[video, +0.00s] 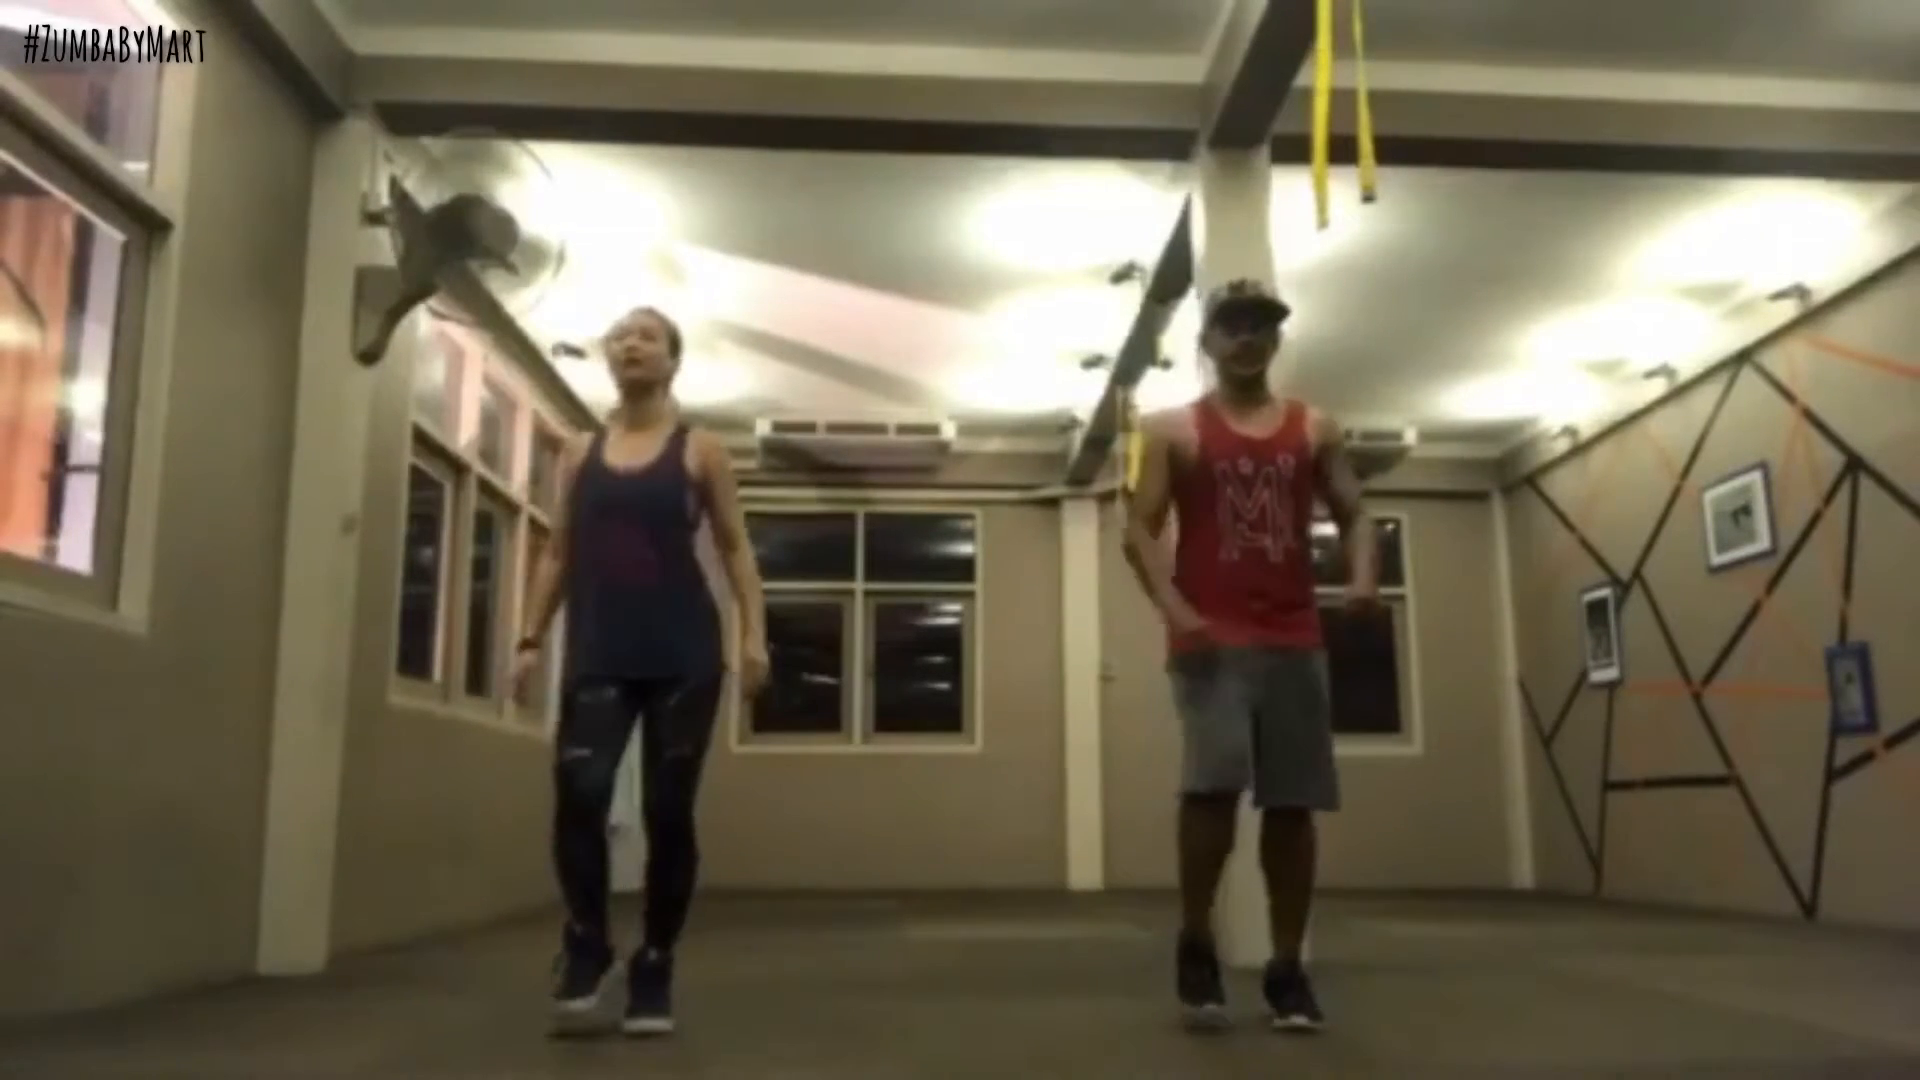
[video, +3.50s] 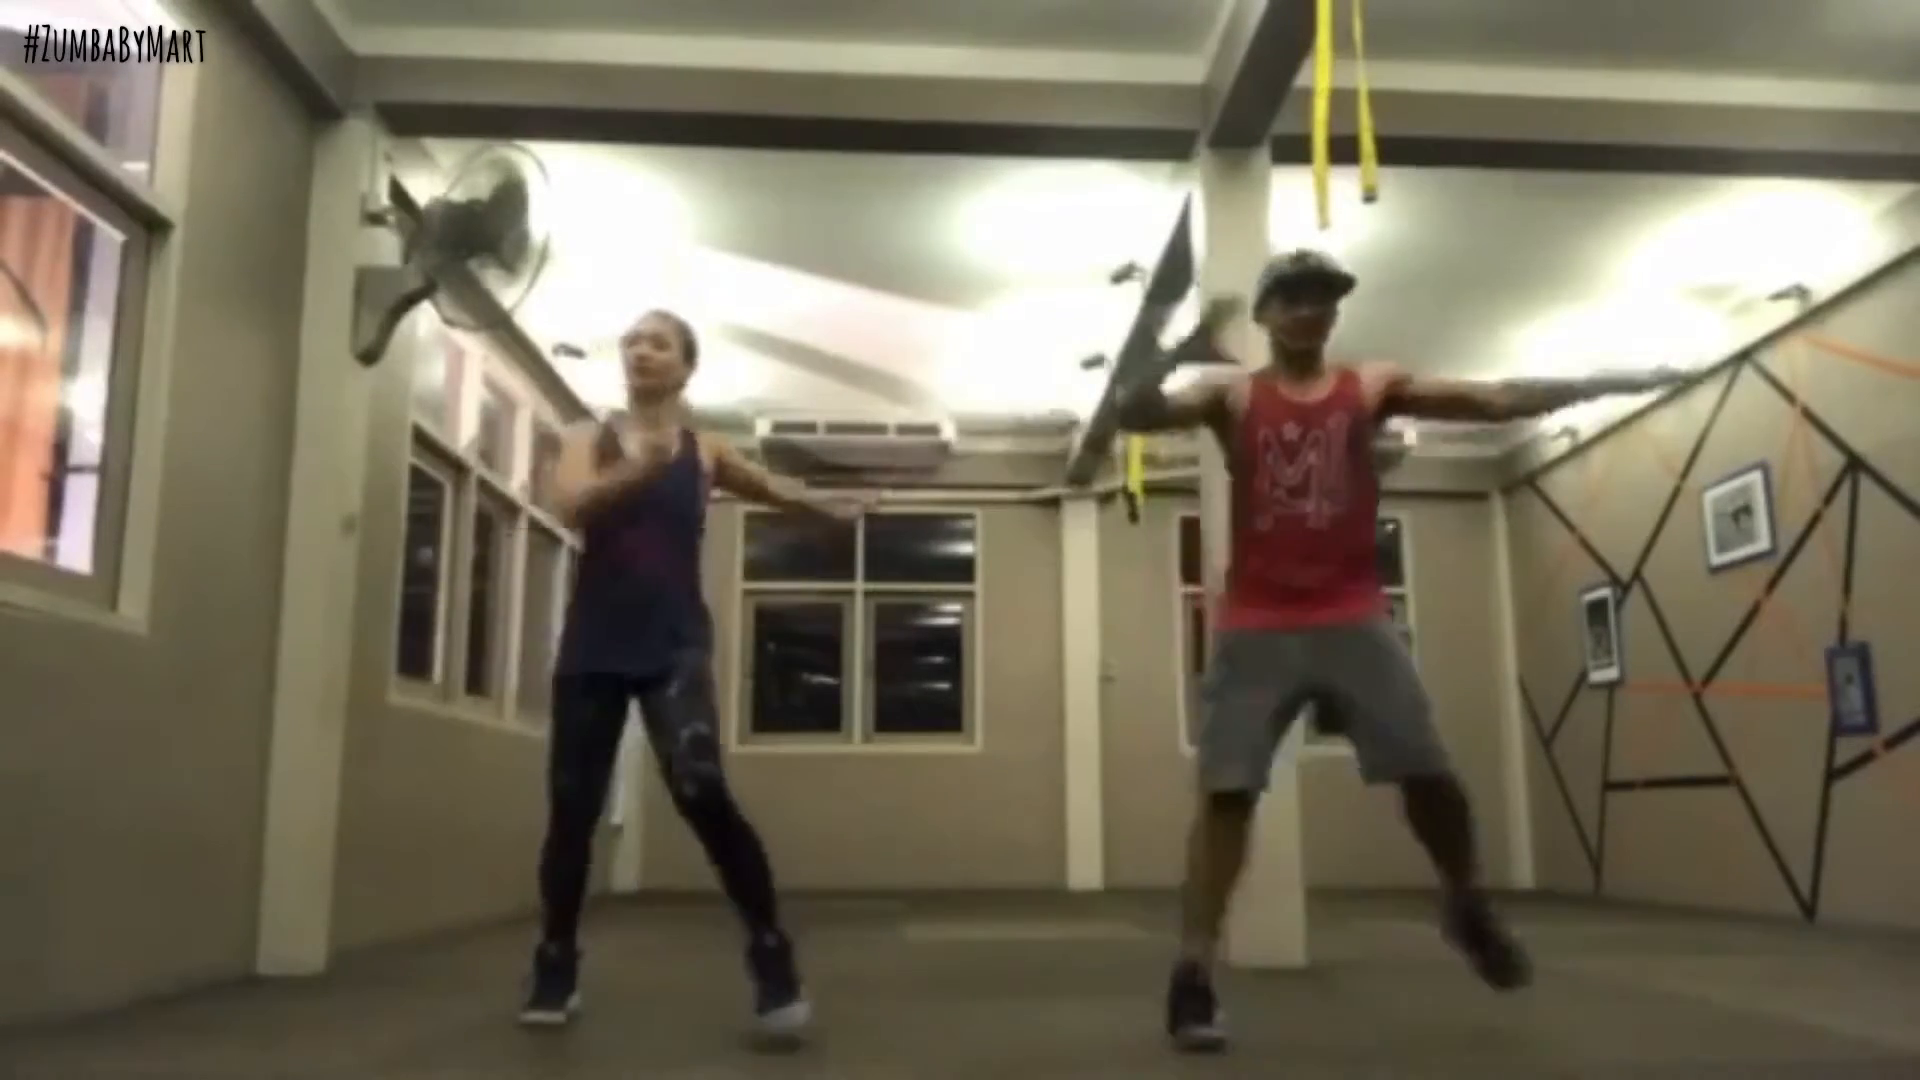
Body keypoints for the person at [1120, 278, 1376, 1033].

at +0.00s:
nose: (1249, 343)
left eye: (1262, 331)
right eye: (1234, 331)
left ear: (1278, 341)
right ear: (1208, 340)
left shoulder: (1312, 430)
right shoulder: (1175, 432)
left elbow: (1354, 514)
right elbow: (1138, 533)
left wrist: (1362, 580)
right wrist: (1174, 610)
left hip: (1293, 637)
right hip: (1213, 638)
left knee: (1292, 805)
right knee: (1213, 794)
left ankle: (1287, 966)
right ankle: (1197, 946)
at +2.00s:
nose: (1238, 323)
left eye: (1253, 312)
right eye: (1224, 311)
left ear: (1272, 329)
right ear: (1202, 327)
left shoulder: (1308, 423)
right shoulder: (1172, 424)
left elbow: (1351, 509)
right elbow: (1119, 518)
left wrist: (1344, 550)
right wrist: (1182, 579)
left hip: (1288, 636)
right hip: (1208, 638)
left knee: (1287, 807)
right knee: (1209, 797)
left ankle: (1283, 965)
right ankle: (1196, 937)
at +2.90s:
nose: (1235, 323)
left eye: (1249, 312)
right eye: (1221, 310)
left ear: (1267, 327)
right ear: (1194, 323)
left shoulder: (1298, 415)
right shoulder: (1155, 412)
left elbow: (1379, 477)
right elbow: (1071, 468)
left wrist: (1453, 523)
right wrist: (1135, 471)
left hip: (1271, 626)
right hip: (1186, 621)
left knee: (1264, 803)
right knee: (1177, 771)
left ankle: (1255, 969)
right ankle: (1170, 916)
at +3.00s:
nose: (1238, 308)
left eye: (1252, 295)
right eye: (1223, 295)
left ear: (1271, 307)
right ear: (1199, 308)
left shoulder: (1302, 393)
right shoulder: (1166, 388)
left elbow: (1398, 434)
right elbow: (1068, 424)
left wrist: (1488, 452)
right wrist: (1086, 441)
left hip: (1270, 603)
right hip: (1189, 591)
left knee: (1251, 787)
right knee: (1202, 746)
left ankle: (1232, 952)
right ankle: (1171, 909)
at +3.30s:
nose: (1271, 336)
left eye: (1284, 323)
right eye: (1255, 322)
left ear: (1300, 333)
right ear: (1226, 333)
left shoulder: (1328, 424)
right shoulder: (1207, 412)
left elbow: (1434, 460)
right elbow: (1108, 431)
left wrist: (1423, 427)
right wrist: (1007, 437)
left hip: (1300, 633)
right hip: (1214, 635)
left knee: (1364, 771)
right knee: (1203, 808)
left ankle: (1271, 913)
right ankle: (1178, 984)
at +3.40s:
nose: (1286, 327)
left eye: (1299, 314)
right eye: (1271, 313)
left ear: (1315, 323)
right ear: (1241, 324)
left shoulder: (1342, 410)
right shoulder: (1211, 404)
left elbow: (1459, 423)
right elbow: (1121, 426)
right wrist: (1101, 391)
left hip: (1325, 621)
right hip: (1233, 628)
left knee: (1406, 751)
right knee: (1211, 799)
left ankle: (1372, 896)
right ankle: (1179, 984)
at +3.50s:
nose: (1308, 316)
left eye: (1320, 304)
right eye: (1293, 304)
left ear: (1336, 312)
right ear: (1263, 316)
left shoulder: (1371, 387)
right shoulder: (1230, 393)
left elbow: (1498, 401)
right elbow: (1133, 413)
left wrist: (1625, 383)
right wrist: (1154, 346)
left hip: (1354, 624)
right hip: (1258, 627)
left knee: (1430, 777)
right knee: (1227, 795)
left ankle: (1467, 912)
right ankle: (1193, 975)